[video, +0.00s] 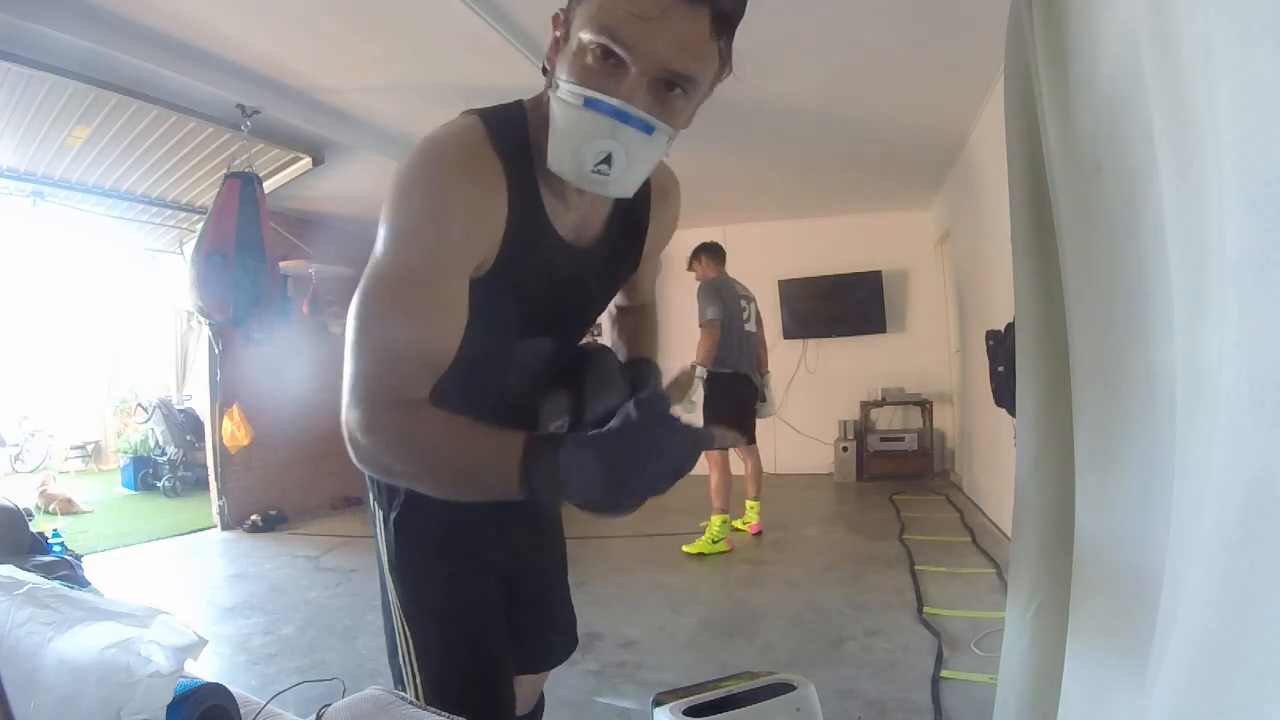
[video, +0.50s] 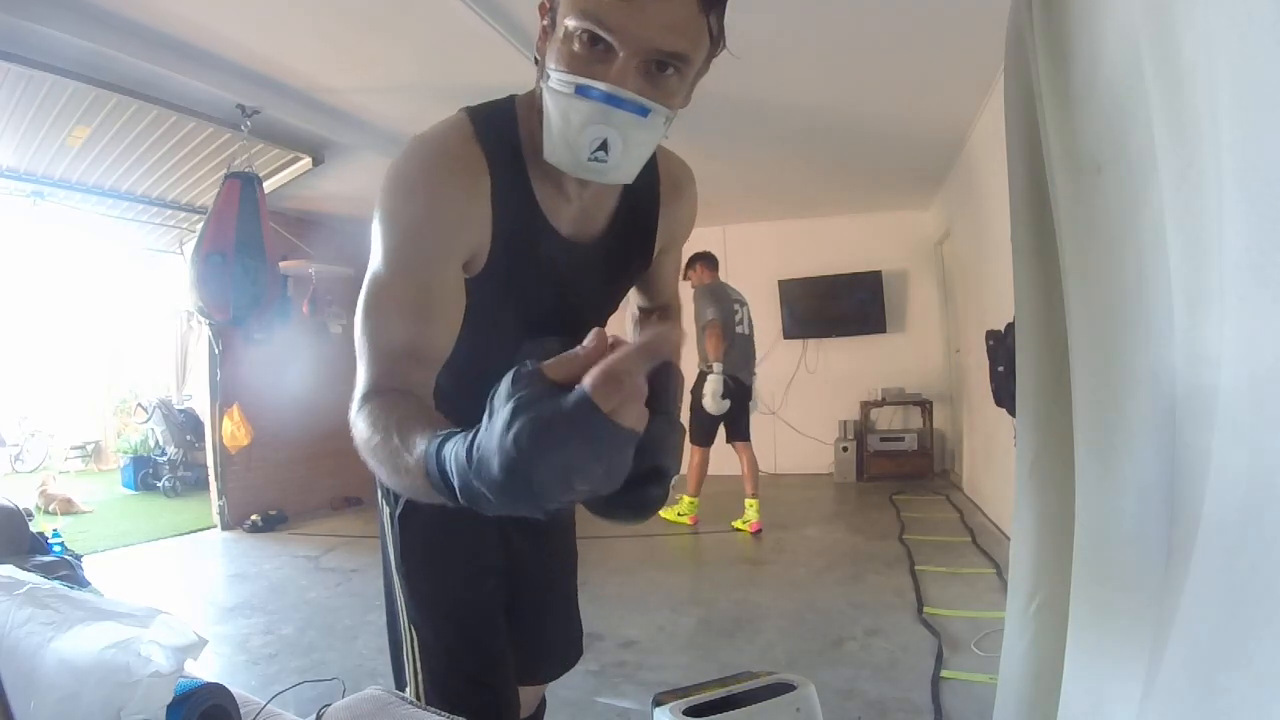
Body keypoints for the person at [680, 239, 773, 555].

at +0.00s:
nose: (695, 275)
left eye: (695, 269)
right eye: (693, 270)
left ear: (705, 262)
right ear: (720, 263)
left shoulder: (709, 288)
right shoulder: (745, 292)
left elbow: (710, 335)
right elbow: (759, 341)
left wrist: (695, 378)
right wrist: (763, 380)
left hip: (721, 381)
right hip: (747, 381)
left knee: (715, 455)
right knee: (747, 448)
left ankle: (719, 531)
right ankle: (752, 516)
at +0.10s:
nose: (697, 278)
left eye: (697, 271)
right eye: (695, 273)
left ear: (708, 264)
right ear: (722, 265)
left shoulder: (712, 288)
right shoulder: (747, 294)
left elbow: (714, 332)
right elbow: (760, 342)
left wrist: (701, 376)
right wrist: (767, 382)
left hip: (722, 379)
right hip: (749, 381)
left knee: (707, 450)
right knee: (748, 447)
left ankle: (716, 527)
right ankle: (752, 517)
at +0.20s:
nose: (697, 280)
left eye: (697, 273)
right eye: (695, 275)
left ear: (708, 265)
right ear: (720, 266)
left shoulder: (714, 288)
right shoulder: (745, 294)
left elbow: (719, 329)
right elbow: (759, 342)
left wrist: (709, 375)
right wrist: (767, 380)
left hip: (722, 379)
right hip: (748, 380)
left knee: (701, 444)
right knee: (746, 445)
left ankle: (710, 522)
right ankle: (752, 516)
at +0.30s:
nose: (697, 282)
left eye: (696, 275)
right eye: (695, 277)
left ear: (707, 266)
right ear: (719, 267)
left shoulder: (714, 288)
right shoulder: (743, 294)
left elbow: (721, 326)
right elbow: (758, 342)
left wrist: (717, 370)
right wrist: (764, 379)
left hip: (720, 378)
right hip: (748, 381)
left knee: (700, 442)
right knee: (744, 443)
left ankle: (700, 518)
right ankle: (753, 515)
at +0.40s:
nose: (695, 284)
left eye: (694, 277)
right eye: (692, 279)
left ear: (704, 268)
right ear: (717, 268)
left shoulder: (711, 290)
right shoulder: (739, 295)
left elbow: (718, 327)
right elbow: (752, 340)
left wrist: (720, 372)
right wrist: (755, 379)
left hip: (718, 377)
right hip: (744, 380)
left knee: (700, 443)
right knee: (744, 444)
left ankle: (691, 512)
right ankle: (753, 514)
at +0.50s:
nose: (690, 283)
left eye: (690, 277)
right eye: (689, 278)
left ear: (701, 269)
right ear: (714, 270)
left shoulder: (705, 292)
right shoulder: (735, 295)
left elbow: (713, 330)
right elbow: (747, 342)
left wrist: (716, 373)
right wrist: (747, 380)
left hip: (714, 378)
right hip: (740, 380)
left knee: (699, 444)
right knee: (742, 444)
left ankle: (688, 508)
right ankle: (752, 514)